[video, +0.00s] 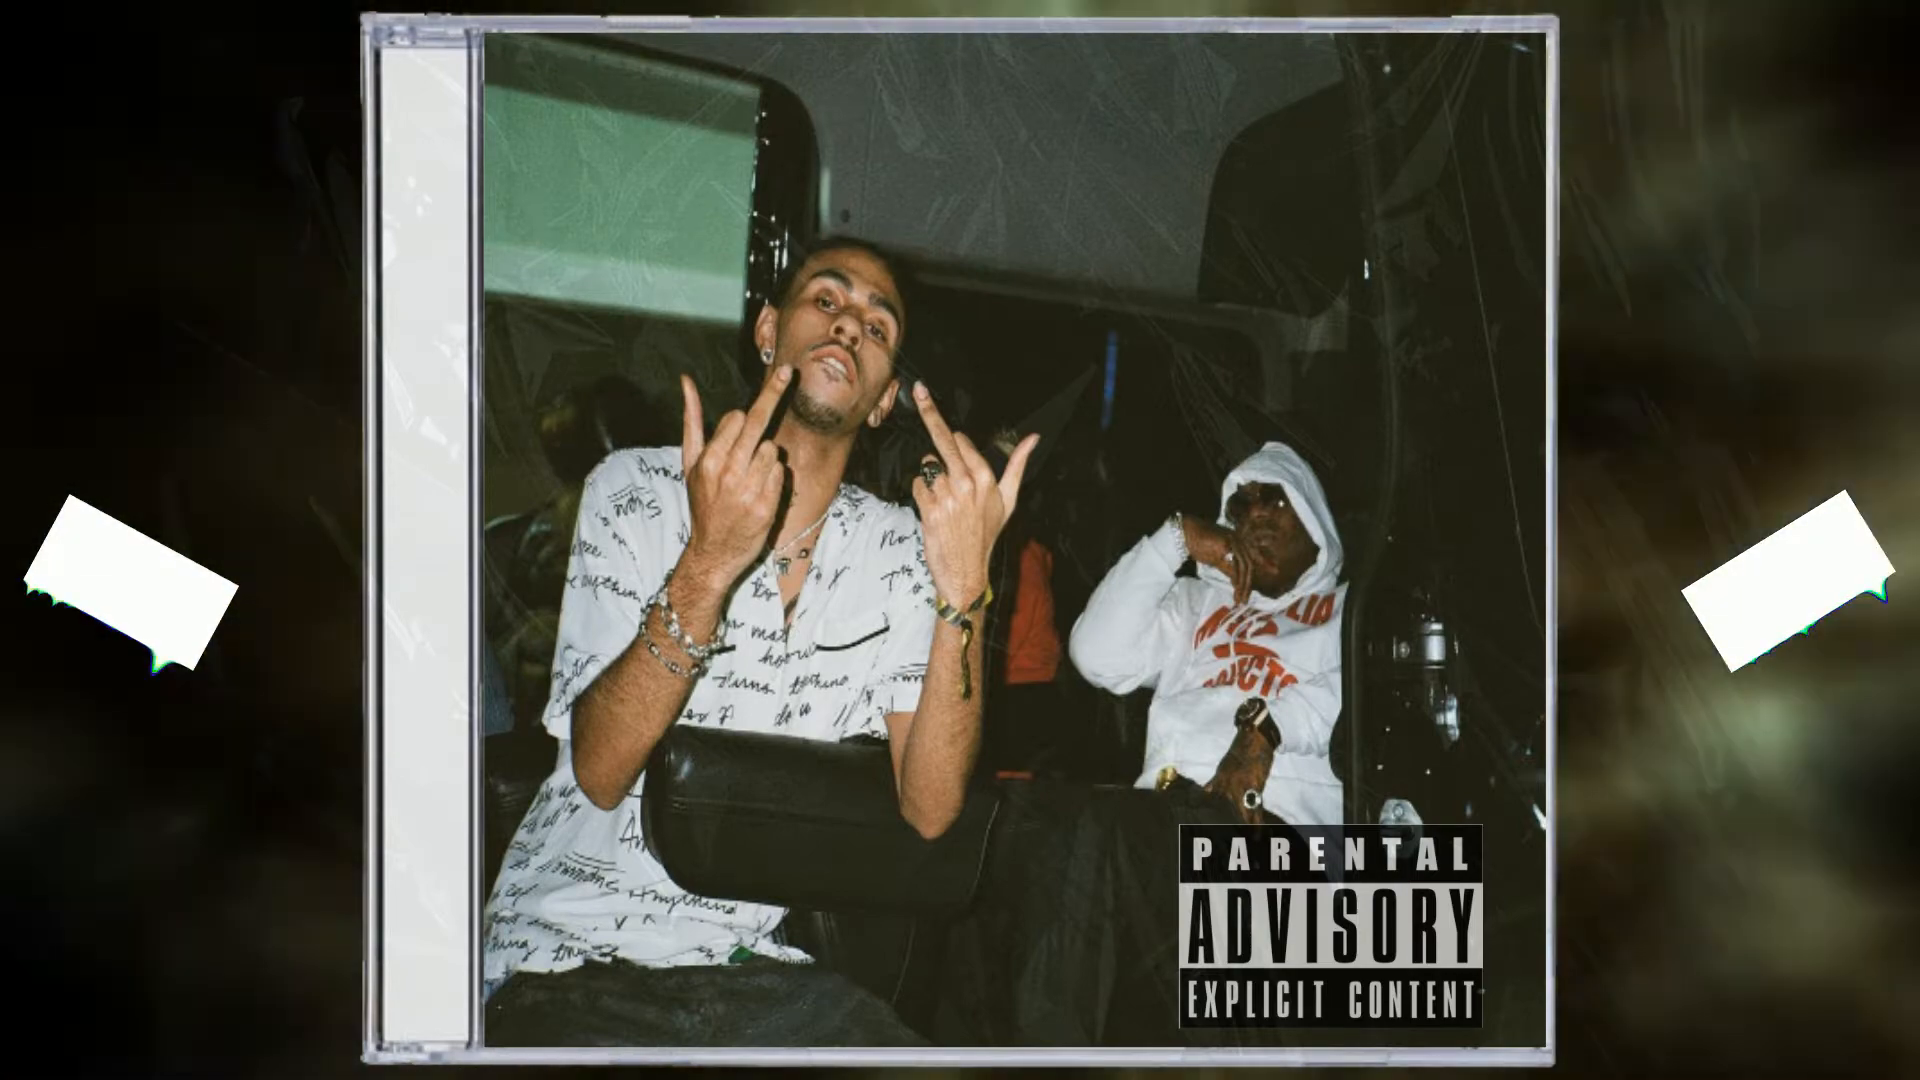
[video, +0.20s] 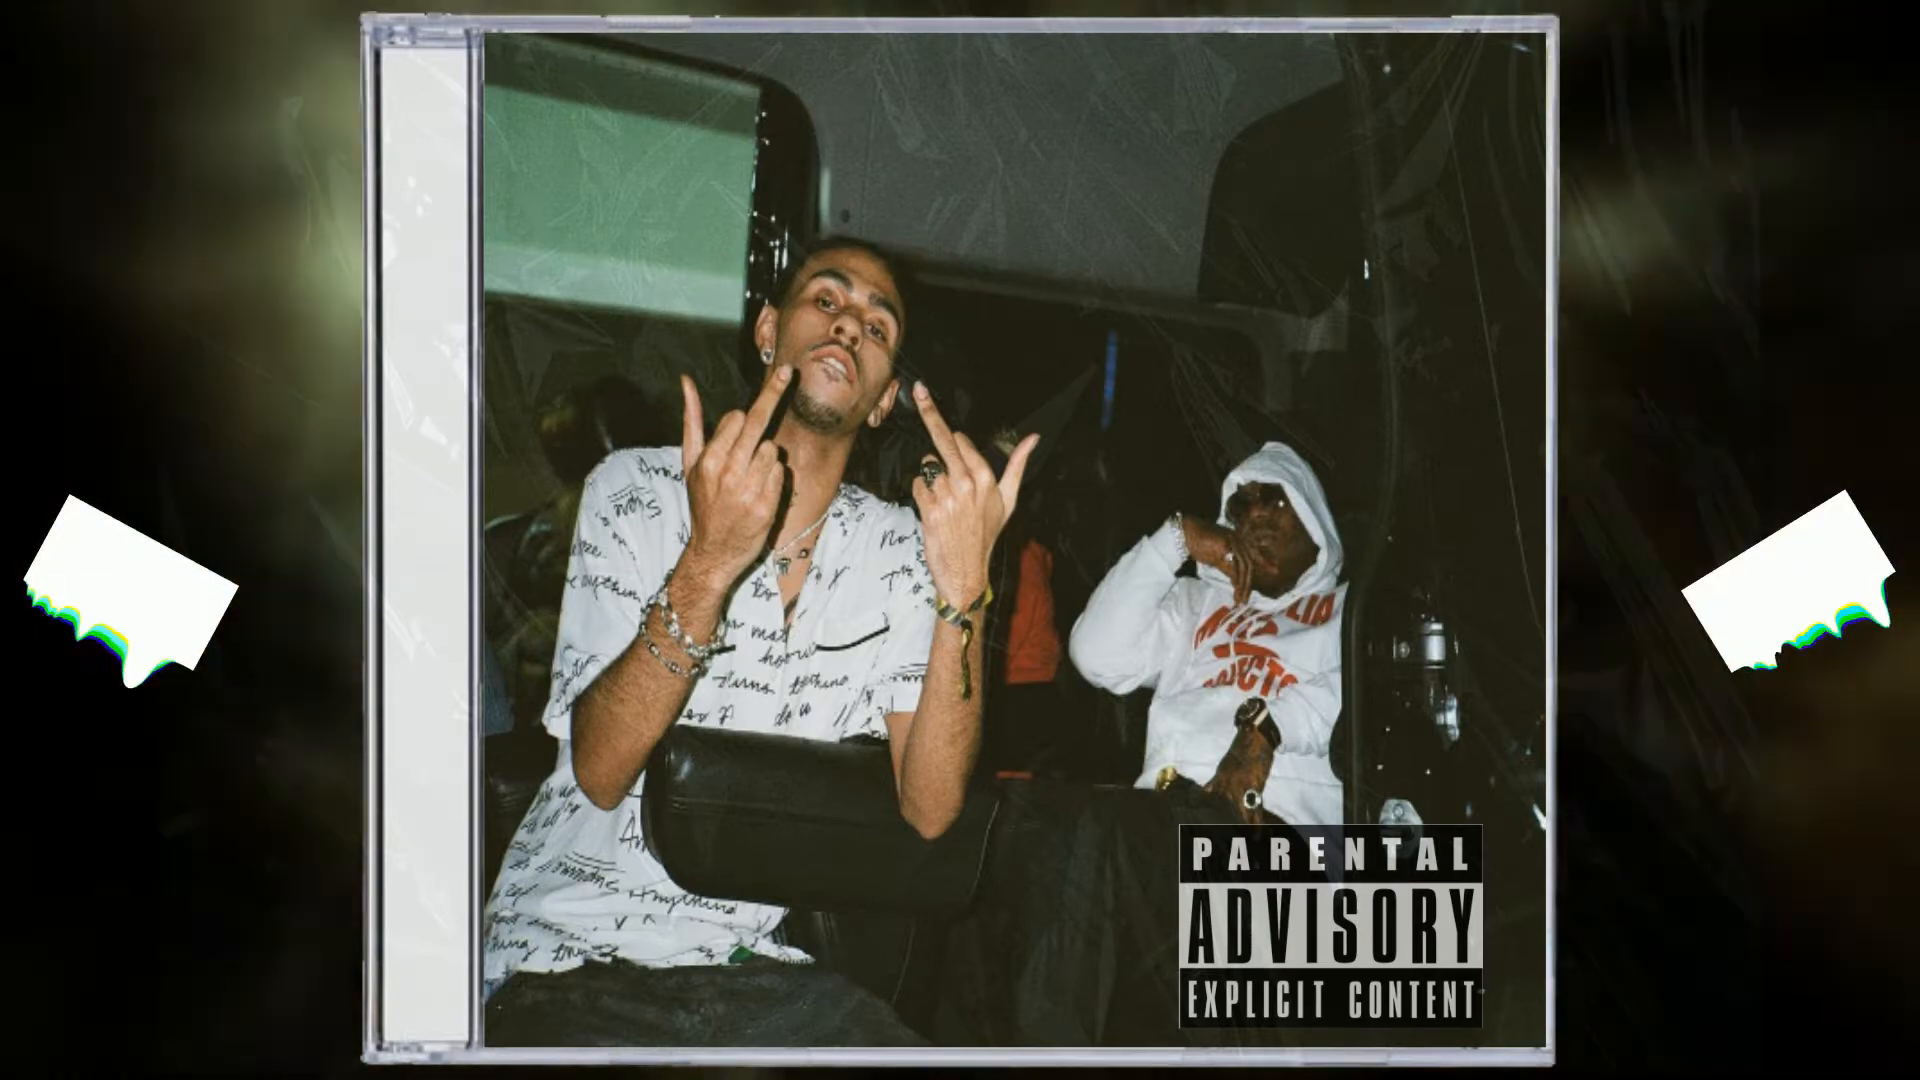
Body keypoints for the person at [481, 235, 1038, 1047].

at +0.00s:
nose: (851, 323)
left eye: (878, 323)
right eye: (826, 299)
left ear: (887, 395)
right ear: (767, 333)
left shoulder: (903, 550)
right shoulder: (638, 490)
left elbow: (931, 809)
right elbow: (601, 770)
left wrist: (966, 594)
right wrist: (710, 564)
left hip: (756, 957)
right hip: (570, 945)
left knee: (913, 1066)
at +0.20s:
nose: (851, 323)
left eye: (878, 323)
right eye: (826, 299)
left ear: (887, 395)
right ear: (767, 333)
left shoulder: (903, 550)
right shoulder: (638, 490)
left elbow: (931, 809)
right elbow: (601, 770)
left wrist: (966, 594)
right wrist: (710, 564)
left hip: (755, 957)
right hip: (570, 944)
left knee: (905, 1059)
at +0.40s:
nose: (851, 323)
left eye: (878, 323)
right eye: (826, 299)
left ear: (887, 395)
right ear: (767, 333)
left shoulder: (903, 550)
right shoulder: (638, 490)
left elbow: (931, 809)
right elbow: (601, 770)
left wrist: (966, 594)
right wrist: (710, 564)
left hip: (754, 956)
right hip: (570, 944)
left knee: (906, 1062)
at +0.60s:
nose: (851, 323)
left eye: (878, 323)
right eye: (826, 299)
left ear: (886, 396)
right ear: (766, 332)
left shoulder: (903, 550)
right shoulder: (638, 489)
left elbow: (931, 809)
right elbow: (600, 770)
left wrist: (965, 595)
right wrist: (710, 563)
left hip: (754, 955)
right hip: (569, 941)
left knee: (907, 1060)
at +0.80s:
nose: (851, 323)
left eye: (878, 323)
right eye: (826, 299)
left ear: (887, 395)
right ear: (767, 333)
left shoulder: (903, 550)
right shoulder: (638, 490)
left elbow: (931, 809)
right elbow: (601, 770)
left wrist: (966, 594)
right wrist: (710, 564)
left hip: (756, 956)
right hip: (571, 944)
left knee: (906, 1059)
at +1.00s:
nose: (851, 323)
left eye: (878, 323)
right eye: (826, 299)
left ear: (887, 395)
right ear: (767, 333)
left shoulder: (903, 550)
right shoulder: (637, 490)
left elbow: (931, 809)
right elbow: (601, 770)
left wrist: (966, 594)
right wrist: (710, 564)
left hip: (755, 956)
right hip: (571, 944)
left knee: (906, 1059)